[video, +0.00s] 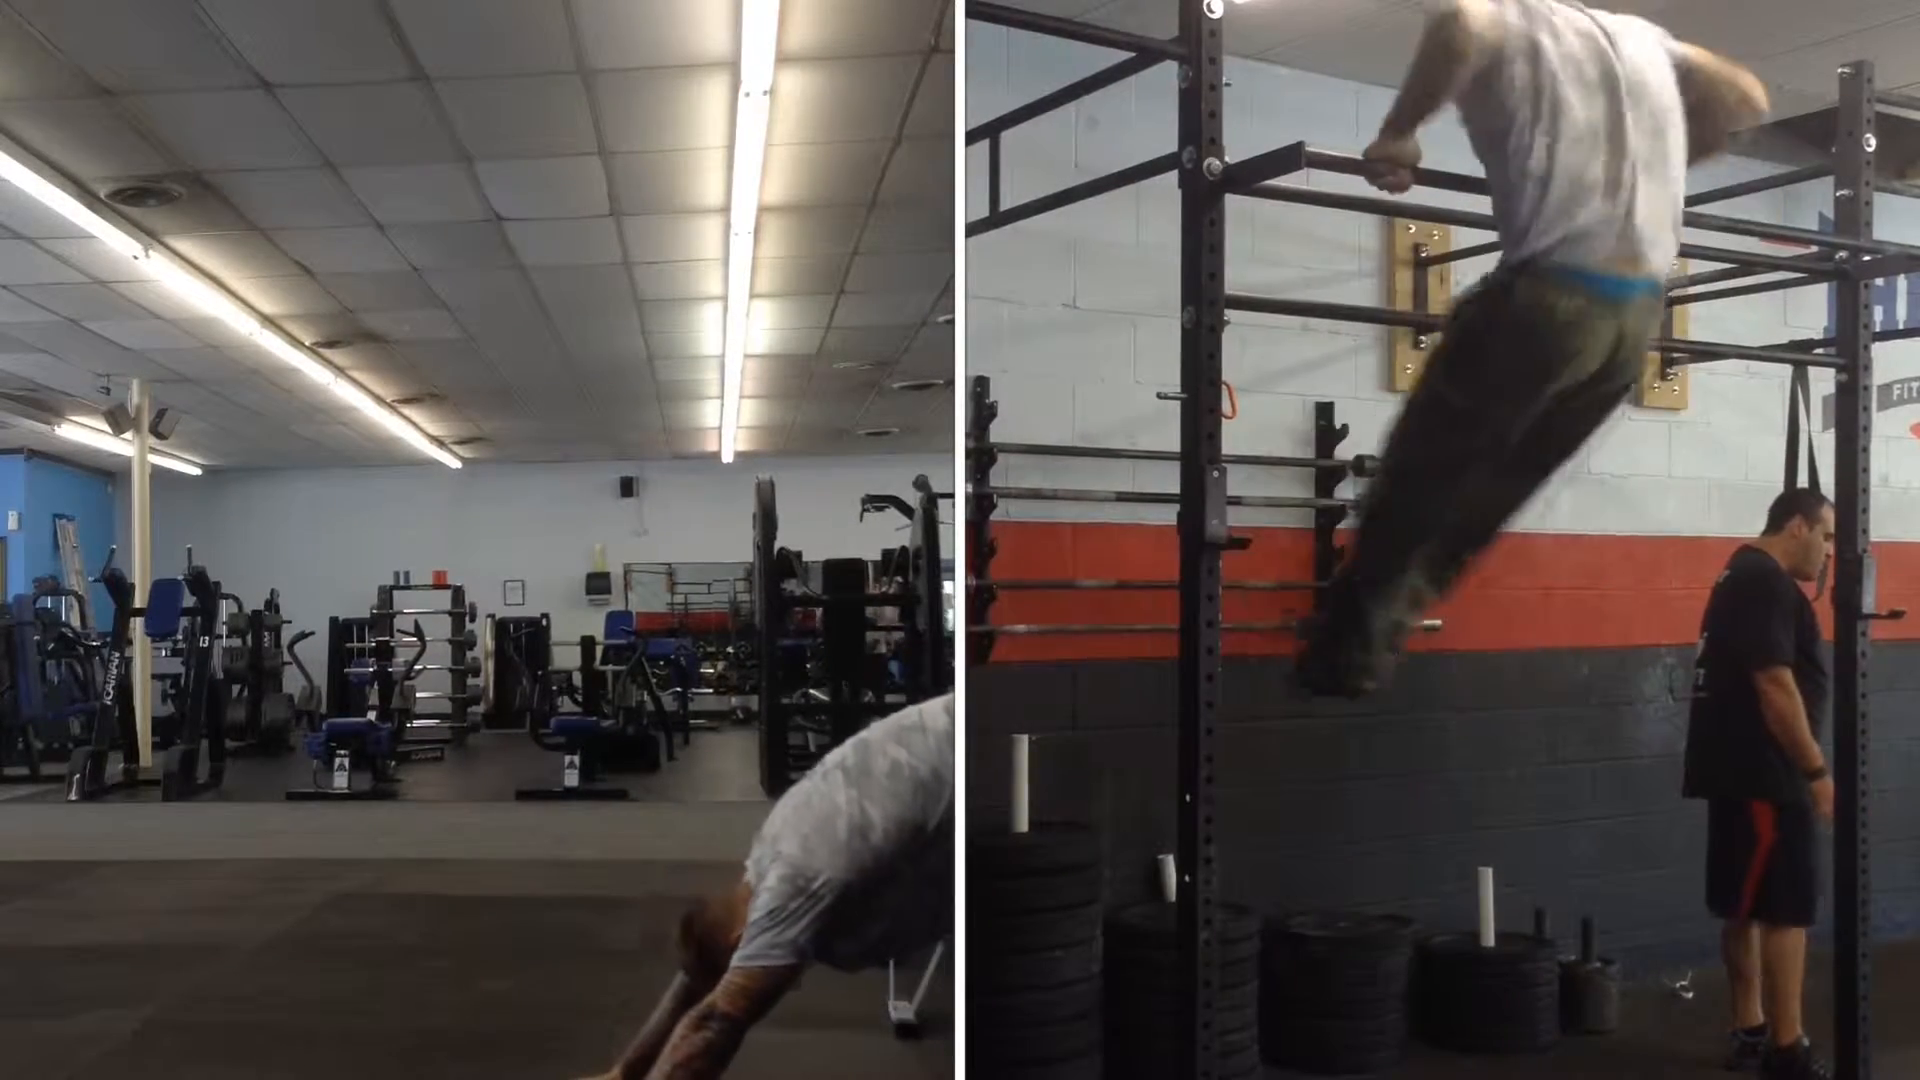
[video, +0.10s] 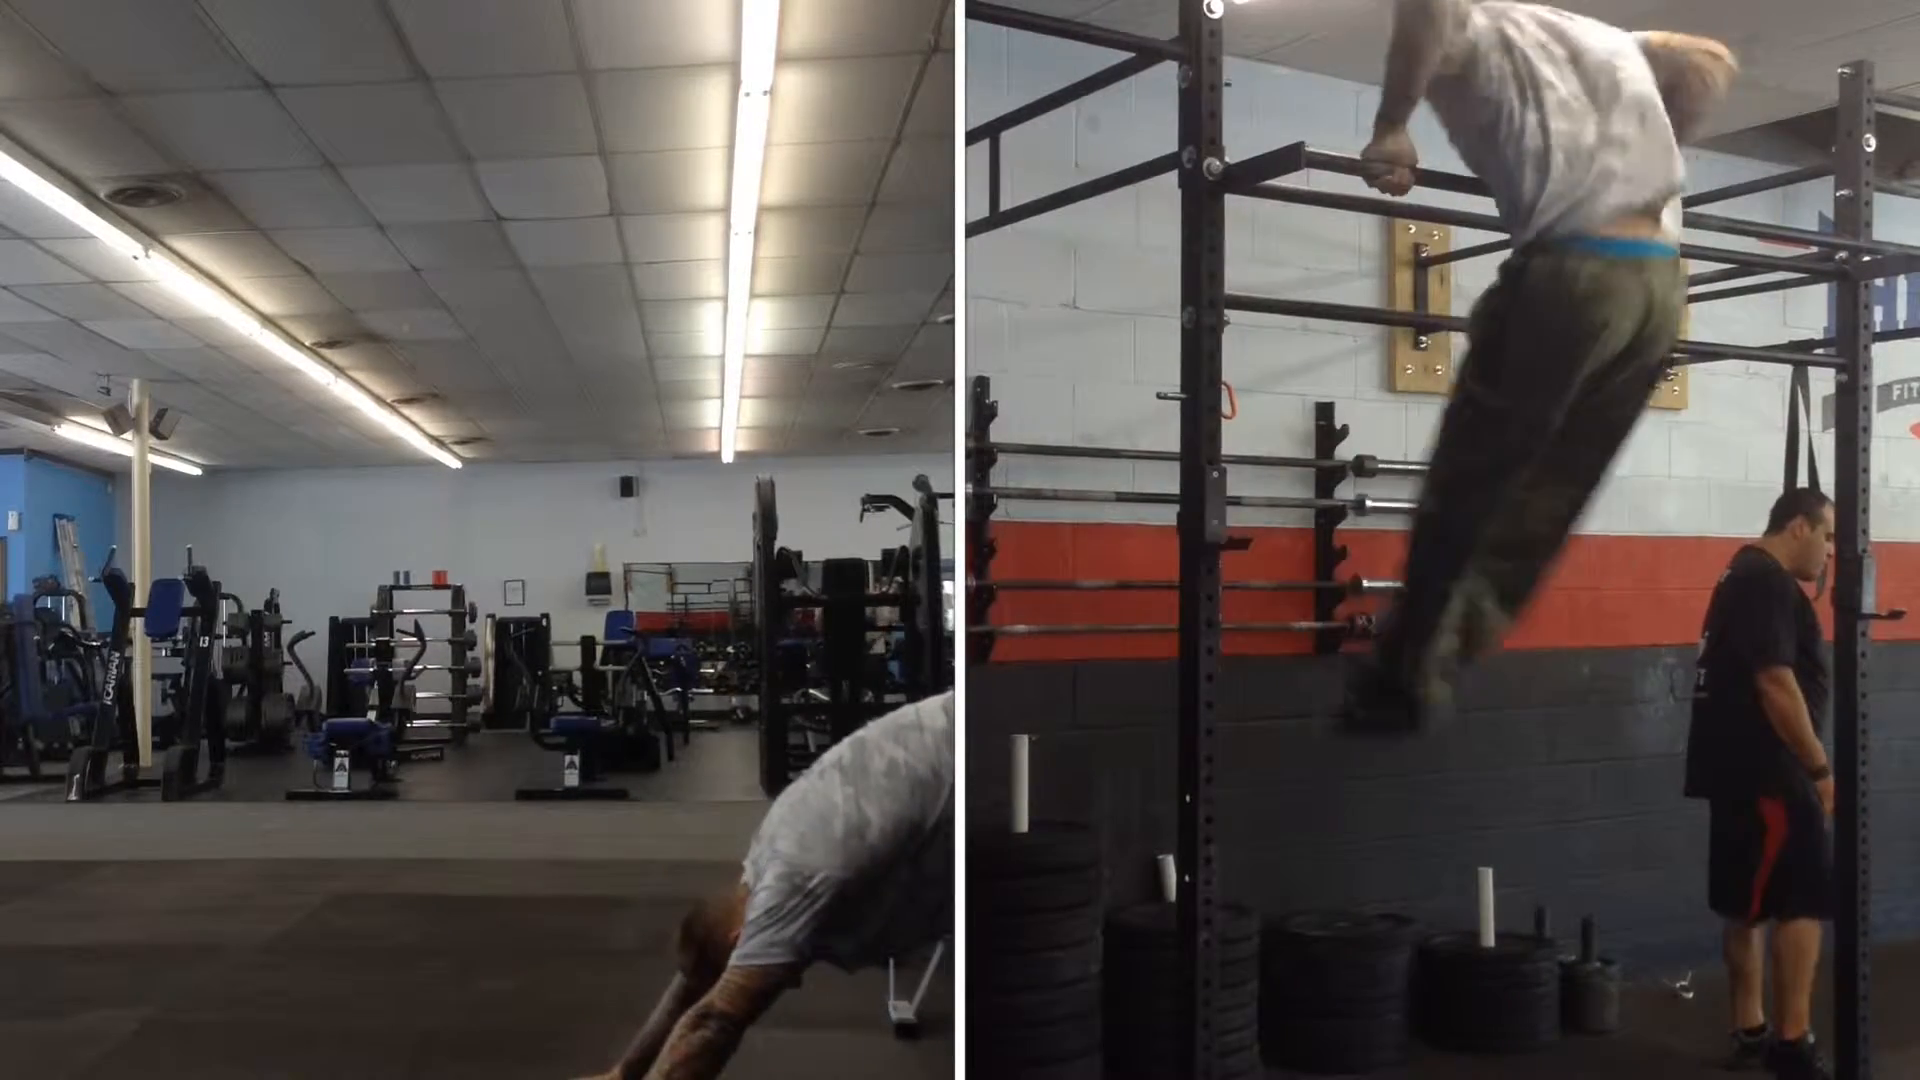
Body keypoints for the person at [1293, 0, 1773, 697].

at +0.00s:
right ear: (1576, 2)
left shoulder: (1497, 15)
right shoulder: (1644, 37)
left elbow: (1460, 25)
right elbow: (1745, 96)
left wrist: (1399, 129)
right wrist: (1660, 153)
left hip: (1545, 306)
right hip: (1634, 326)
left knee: (1423, 469)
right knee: (1495, 489)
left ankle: (1347, 653)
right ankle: (1382, 621)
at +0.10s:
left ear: (1461, 15)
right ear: (1531, 6)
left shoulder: (1459, 24)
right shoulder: (1601, 37)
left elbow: (1428, 2)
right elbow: (1711, 60)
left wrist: (1392, 124)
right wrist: (1650, 164)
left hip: (1568, 280)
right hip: (1661, 287)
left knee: (1473, 471)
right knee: (1560, 485)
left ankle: (1403, 681)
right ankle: (1467, 628)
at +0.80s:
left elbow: (1397, 8)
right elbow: (1648, 40)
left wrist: (1394, 124)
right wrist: (1642, 142)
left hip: (1530, 139)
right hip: (1624, 144)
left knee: (1482, 382)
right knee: (1569, 387)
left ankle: (1437, 619)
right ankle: (1489, 604)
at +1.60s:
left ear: (1414, 18)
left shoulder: (1418, 15)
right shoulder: (1550, 9)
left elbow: (1387, 3)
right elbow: (1648, 50)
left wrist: (1395, 126)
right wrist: (1629, 178)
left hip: (1533, 208)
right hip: (1621, 209)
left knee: (1511, 463)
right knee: (1596, 461)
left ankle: (1490, 701)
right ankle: (1555, 690)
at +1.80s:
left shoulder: (1462, 5)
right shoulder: (1599, 7)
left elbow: (1416, 12)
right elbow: (1688, 52)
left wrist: (1400, 132)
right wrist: (1627, 176)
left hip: (1536, 217)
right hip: (1630, 223)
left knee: (1503, 469)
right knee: (1603, 465)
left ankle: (1571, 696)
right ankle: (1692, 655)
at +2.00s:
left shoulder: (1547, 7)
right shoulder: (1707, 11)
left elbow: (1491, 112)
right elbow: (1757, 148)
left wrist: (1407, 151)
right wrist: (1666, 165)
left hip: (1619, 255)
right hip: (1715, 259)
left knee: (1526, 489)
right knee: (1635, 473)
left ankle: (1657, 640)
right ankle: (1760, 581)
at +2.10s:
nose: (1556, 16)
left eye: (1558, 10)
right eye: (1558, 12)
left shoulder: (1590, 33)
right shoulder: (1763, 62)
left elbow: (1495, 190)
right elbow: (1742, 197)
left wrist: (1416, 165)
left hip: (1658, 343)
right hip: (1757, 351)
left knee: (1536, 556)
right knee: (1649, 544)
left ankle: (1674, 713)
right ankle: (1766, 662)